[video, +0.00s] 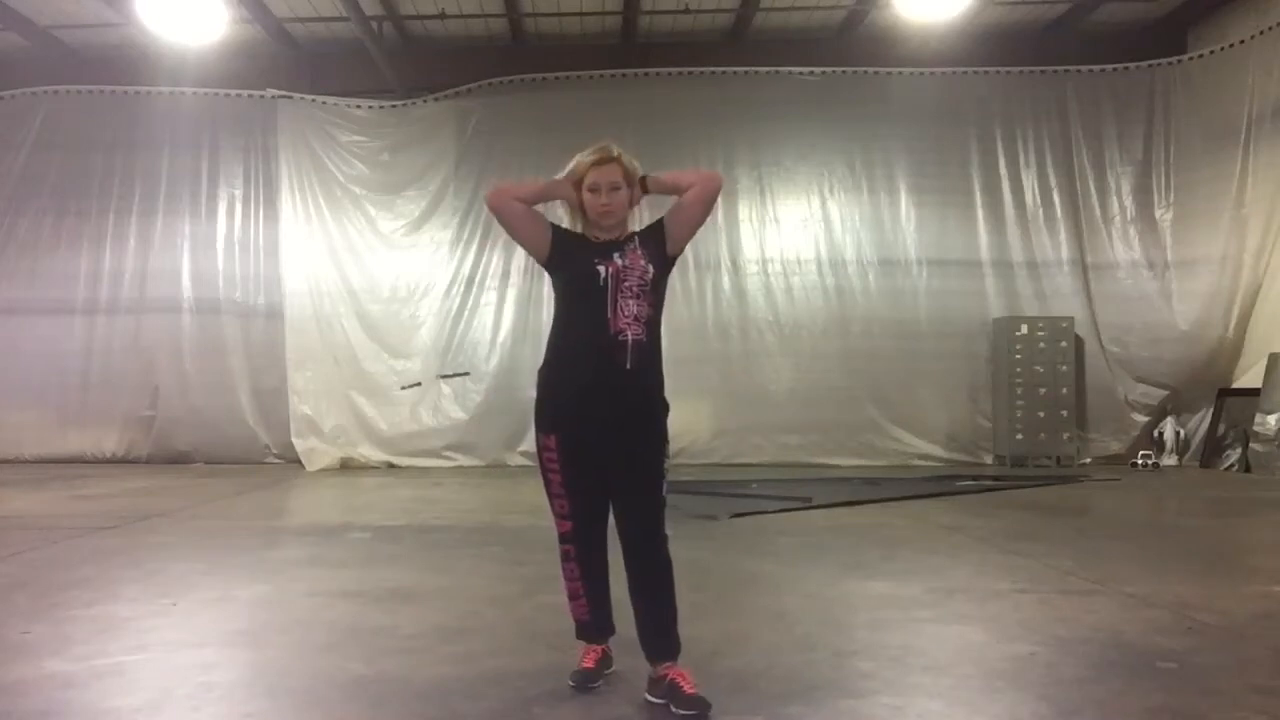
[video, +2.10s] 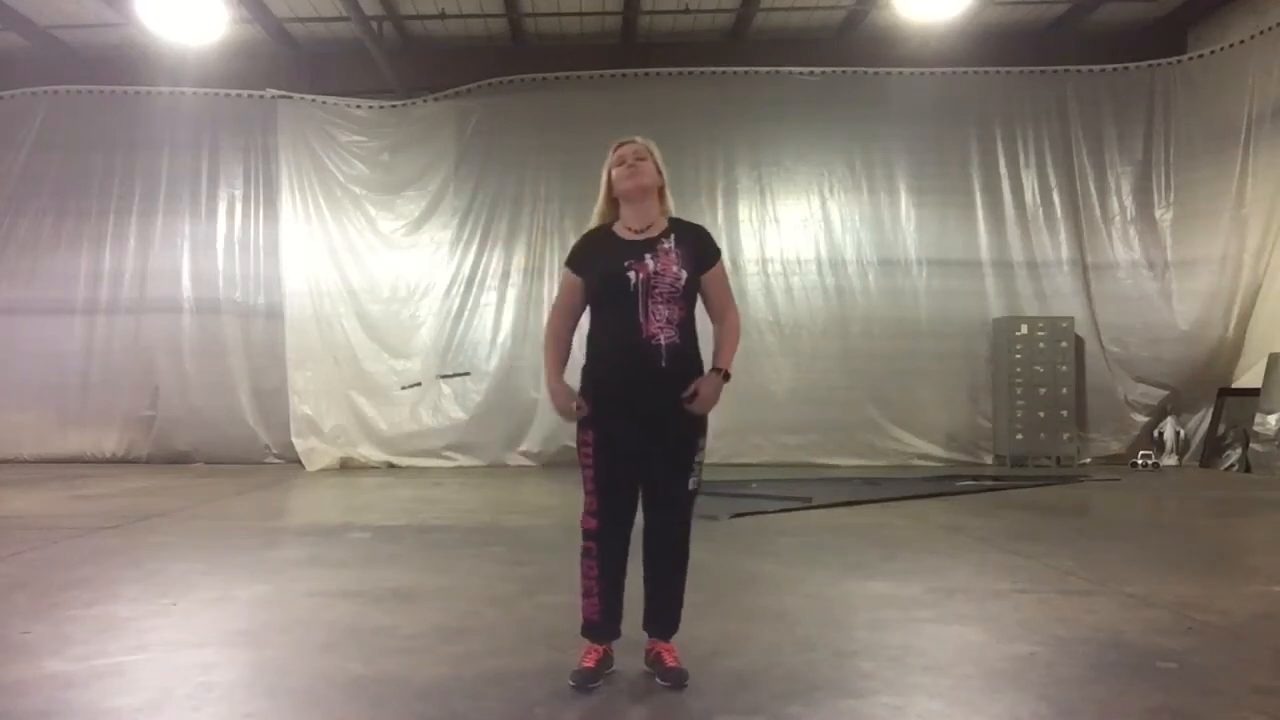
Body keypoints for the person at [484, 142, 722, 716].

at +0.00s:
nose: (606, 199)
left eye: (615, 189)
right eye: (595, 190)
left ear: (633, 194)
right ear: (578, 198)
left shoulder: (655, 247)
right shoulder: (561, 251)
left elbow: (710, 183)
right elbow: (498, 198)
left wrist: (646, 183)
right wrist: (559, 189)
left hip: (637, 416)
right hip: (567, 417)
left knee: (647, 540)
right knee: (580, 538)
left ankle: (665, 663)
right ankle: (593, 645)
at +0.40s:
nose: (597, 173)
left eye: (607, 166)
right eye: (587, 168)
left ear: (626, 185)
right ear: (575, 188)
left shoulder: (653, 242)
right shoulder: (556, 245)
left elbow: (717, 192)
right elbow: (489, 192)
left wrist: (679, 161)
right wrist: (522, 156)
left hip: (635, 412)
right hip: (565, 413)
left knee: (646, 538)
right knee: (579, 537)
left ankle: (665, 663)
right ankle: (593, 645)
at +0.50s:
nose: (596, 174)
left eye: (605, 168)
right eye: (585, 170)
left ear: (622, 186)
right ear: (573, 190)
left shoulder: (654, 244)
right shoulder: (555, 244)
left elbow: (731, 234)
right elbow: (476, 221)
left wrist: (742, 173)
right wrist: (459, 156)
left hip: (637, 411)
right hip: (567, 413)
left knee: (647, 538)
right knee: (579, 536)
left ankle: (665, 664)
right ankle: (594, 646)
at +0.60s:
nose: (599, 169)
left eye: (608, 167)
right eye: (587, 169)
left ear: (625, 189)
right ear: (573, 195)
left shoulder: (653, 247)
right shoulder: (556, 252)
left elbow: (721, 288)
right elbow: (478, 279)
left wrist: (779, 247)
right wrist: (424, 222)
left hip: (637, 413)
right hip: (568, 415)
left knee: (646, 537)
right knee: (579, 536)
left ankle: (665, 665)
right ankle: (593, 646)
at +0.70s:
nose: (596, 169)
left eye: (606, 166)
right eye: (586, 168)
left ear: (624, 186)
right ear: (573, 192)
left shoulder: (654, 248)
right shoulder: (559, 256)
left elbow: (700, 320)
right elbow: (507, 321)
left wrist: (749, 343)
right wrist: (445, 326)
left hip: (638, 413)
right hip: (569, 416)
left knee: (645, 536)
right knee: (579, 536)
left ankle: (665, 665)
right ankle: (593, 646)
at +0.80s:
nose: (595, 166)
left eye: (604, 162)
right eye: (583, 166)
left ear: (623, 184)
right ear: (571, 193)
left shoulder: (655, 246)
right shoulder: (559, 257)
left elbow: (681, 328)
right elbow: (526, 338)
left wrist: (703, 397)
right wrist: (473, 391)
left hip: (638, 415)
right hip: (568, 419)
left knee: (645, 537)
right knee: (578, 537)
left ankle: (664, 665)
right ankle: (592, 646)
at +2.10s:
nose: (630, 162)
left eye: (640, 156)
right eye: (619, 161)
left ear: (662, 175)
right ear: (608, 186)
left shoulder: (692, 240)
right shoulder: (592, 247)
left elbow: (725, 315)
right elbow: (561, 319)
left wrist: (718, 374)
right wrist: (555, 384)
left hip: (677, 407)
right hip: (607, 406)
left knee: (670, 527)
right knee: (604, 526)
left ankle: (662, 642)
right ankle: (598, 643)